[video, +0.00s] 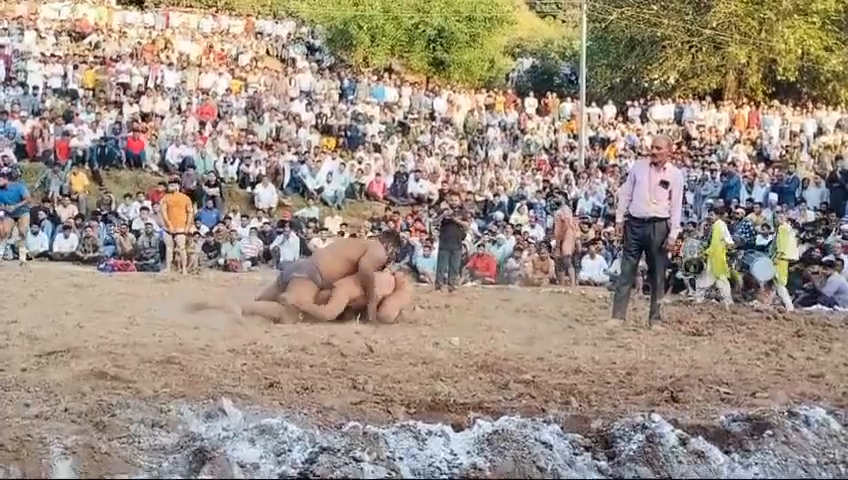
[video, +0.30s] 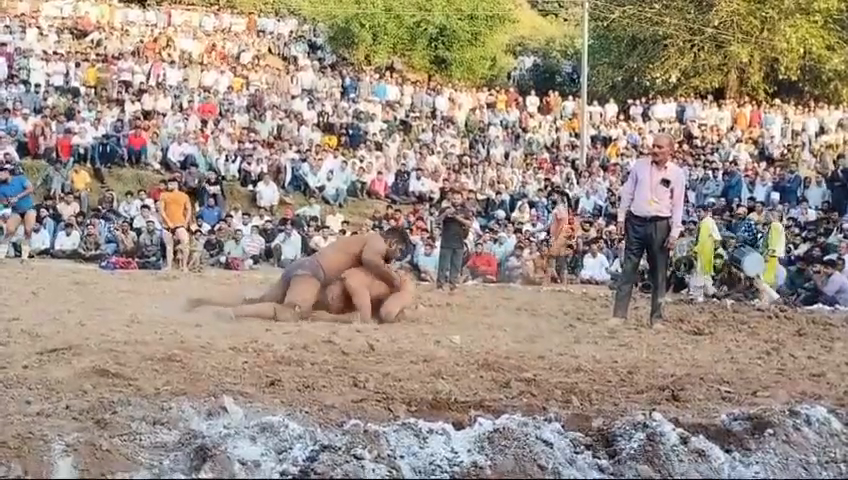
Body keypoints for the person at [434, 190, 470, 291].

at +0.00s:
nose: (454, 202)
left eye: (456, 200)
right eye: (451, 200)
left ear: (460, 201)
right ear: (448, 201)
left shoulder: (463, 212)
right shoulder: (443, 211)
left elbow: (468, 225)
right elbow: (435, 222)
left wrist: (455, 219)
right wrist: (443, 216)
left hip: (457, 241)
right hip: (444, 240)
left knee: (455, 266)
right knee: (442, 265)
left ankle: (452, 285)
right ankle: (439, 284)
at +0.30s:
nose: (456, 200)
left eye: (458, 198)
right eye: (454, 198)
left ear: (462, 199)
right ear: (451, 199)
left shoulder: (466, 211)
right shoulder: (445, 209)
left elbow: (470, 223)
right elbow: (438, 221)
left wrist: (457, 217)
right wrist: (445, 214)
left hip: (459, 240)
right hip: (446, 239)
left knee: (456, 265)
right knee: (444, 264)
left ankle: (453, 284)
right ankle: (441, 283)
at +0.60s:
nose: (458, 200)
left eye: (460, 198)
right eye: (456, 197)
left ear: (464, 198)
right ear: (453, 198)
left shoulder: (468, 210)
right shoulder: (447, 209)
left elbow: (471, 222)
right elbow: (440, 221)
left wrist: (460, 217)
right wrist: (447, 213)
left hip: (462, 239)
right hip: (449, 238)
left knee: (458, 264)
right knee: (445, 263)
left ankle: (454, 284)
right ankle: (441, 283)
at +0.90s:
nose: (459, 200)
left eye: (462, 198)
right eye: (458, 197)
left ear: (465, 198)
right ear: (454, 198)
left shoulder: (469, 211)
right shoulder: (449, 209)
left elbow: (473, 222)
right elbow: (441, 222)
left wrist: (462, 217)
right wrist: (449, 214)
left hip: (463, 240)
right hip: (451, 238)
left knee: (459, 265)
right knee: (447, 263)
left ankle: (455, 284)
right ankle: (442, 283)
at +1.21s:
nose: (461, 201)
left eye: (463, 199)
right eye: (459, 199)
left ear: (467, 200)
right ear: (456, 199)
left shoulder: (470, 212)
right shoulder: (450, 211)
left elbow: (474, 224)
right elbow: (442, 223)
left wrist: (463, 219)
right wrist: (451, 215)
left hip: (464, 243)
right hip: (452, 241)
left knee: (460, 267)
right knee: (448, 265)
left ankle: (456, 286)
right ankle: (443, 285)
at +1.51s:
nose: (472, 205)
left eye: (474, 203)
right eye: (470, 203)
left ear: (477, 204)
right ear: (466, 203)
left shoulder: (481, 216)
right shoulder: (461, 215)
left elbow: (485, 228)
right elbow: (454, 227)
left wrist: (474, 222)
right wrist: (463, 218)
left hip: (475, 246)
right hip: (463, 245)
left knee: (472, 269)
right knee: (459, 268)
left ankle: (469, 288)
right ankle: (455, 287)